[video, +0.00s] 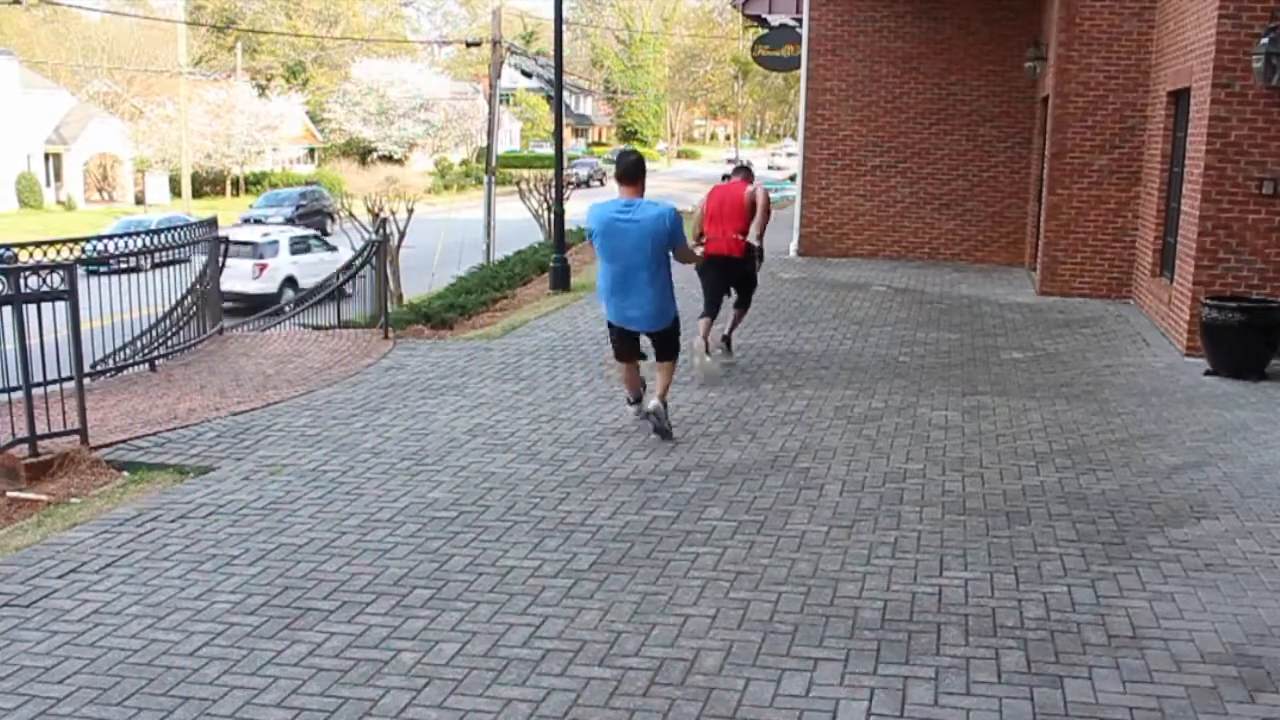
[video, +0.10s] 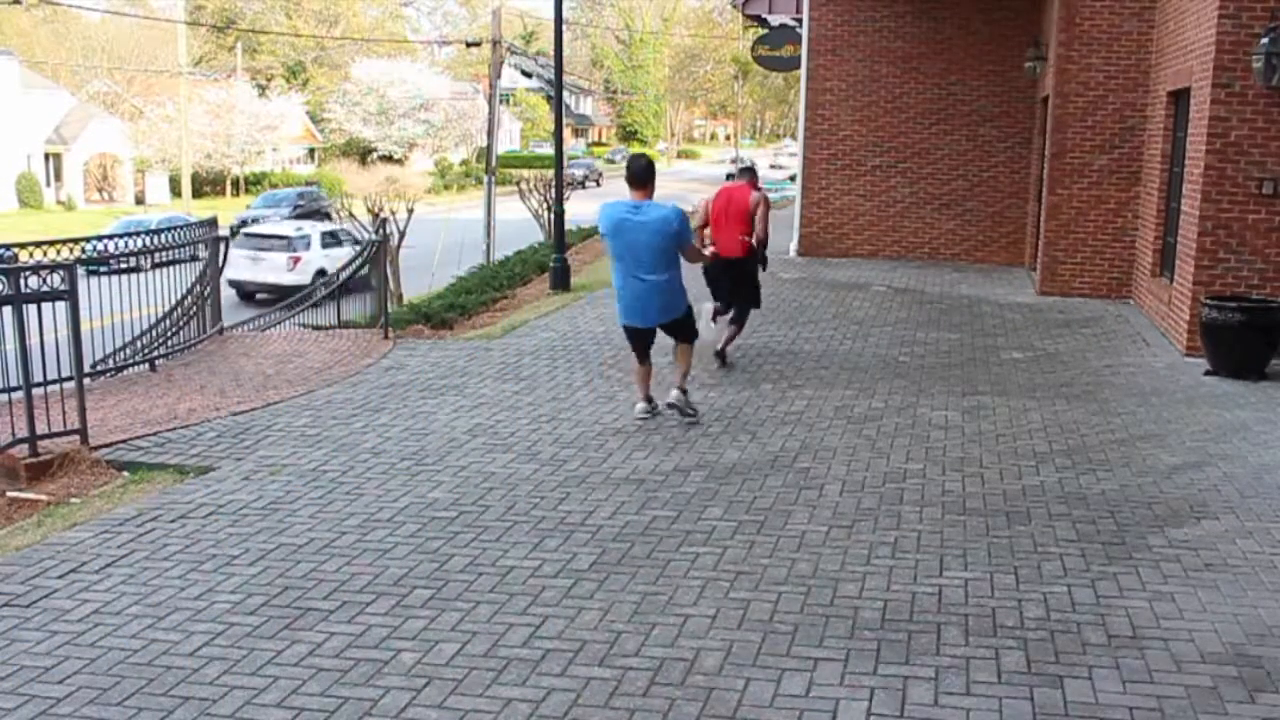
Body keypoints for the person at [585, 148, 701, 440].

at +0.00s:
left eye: (619, 176)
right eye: (642, 175)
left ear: (615, 179)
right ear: (644, 177)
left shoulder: (597, 214)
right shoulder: (664, 214)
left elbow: (598, 251)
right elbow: (682, 254)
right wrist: (696, 255)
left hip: (617, 308)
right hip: (657, 308)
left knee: (627, 360)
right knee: (667, 354)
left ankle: (637, 403)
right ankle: (659, 400)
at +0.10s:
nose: (647, 182)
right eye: (650, 177)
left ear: (626, 181)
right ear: (654, 180)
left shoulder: (608, 214)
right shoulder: (672, 216)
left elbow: (612, 251)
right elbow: (692, 255)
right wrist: (706, 255)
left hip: (632, 307)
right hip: (669, 303)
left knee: (641, 355)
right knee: (685, 337)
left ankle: (644, 400)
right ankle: (679, 389)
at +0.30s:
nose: (679, 179)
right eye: (681, 176)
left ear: (657, 179)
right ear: (682, 179)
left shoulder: (638, 208)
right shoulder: (699, 212)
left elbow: (635, 238)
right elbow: (706, 244)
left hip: (654, 292)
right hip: (689, 294)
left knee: (658, 330)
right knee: (700, 342)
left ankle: (648, 369)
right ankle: (713, 382)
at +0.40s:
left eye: (674, 176)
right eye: (689, 175)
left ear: (668, 178)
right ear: (692, 178)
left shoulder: (650, 207)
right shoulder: (710, 209)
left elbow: (644, 235)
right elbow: (718, 238)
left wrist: (670, 231)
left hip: (667, 288)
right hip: (702, 288)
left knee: (670, 323)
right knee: (710, 335)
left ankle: (664, 370)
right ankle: (713, 380)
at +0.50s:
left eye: (677, 170)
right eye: (692, 169)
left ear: (672, 173)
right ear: (696, 171)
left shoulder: (656, 204)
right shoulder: (715, 201)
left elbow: (653, 229)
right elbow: (726, 232)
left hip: (675, 282)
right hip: (710, 281)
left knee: (675, 324)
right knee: (716, 327)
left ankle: (678, 367)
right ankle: (714, 366)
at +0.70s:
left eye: (695, 168)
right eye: (710, 167)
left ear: (690, 170)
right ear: (713, 169)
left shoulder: (675, 197)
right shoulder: (727, 200)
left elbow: (667, 219)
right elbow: (738, 233)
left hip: (687, 274)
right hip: (719, 275)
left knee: (688, 316)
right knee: (731, 315)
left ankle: (683, 359)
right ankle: (733, 353)